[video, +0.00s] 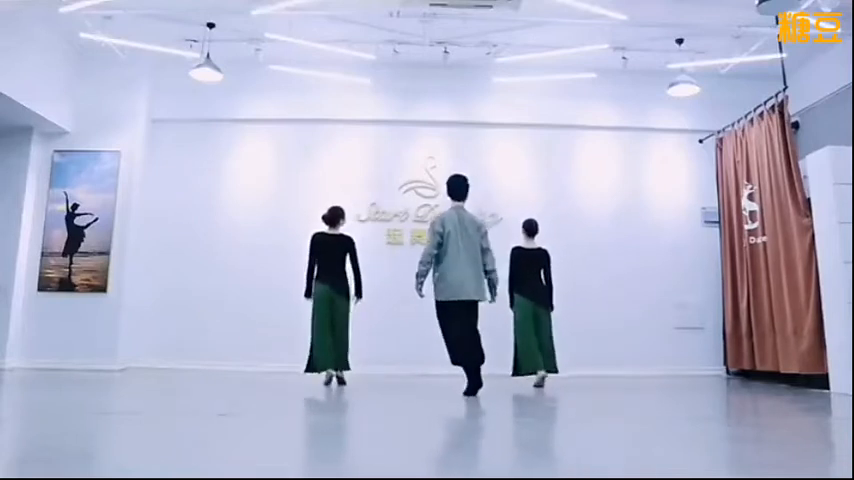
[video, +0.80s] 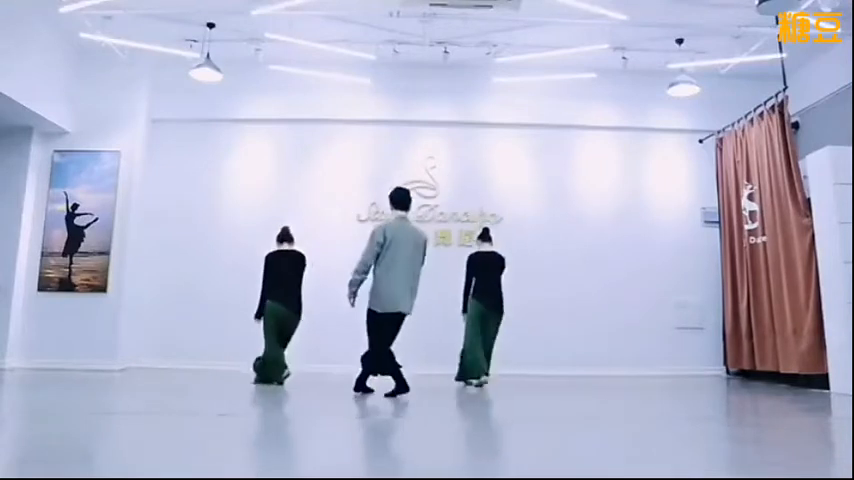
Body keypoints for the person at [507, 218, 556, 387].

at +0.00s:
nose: (524, 233)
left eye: (524, 230)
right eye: (530, 230)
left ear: (523, 232)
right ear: (537, 232)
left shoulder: (516, 252)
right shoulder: (543, 253)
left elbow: (512, 278)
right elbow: (548, 280)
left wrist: (511, 299)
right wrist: (550, 300)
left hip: (522, 296)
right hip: (540, 297)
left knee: (527, 333)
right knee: (541, 332)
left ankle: (538, 368)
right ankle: (543, 370)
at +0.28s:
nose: (512, 239)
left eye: (512, 236)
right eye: (515, 236)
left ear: (514, 238)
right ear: (527, 239)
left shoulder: (508, 259)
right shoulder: (534, 258)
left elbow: (505, 285)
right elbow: (547, 277)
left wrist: (504, 306)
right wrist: (559, 293)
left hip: (518, 303)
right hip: (535, 303)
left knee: (513, 337)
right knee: (538, 339)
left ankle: (513, 369)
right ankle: (538, 377)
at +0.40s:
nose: (503, 232)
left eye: (503, 230)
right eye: (504, 229)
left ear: (506, 230)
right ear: (518, 230)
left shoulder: (500, 249)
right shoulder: (525, 248)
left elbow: (494, 274)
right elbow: (542, 256)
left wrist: (492, 295)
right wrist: (553, 263)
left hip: (506, 296)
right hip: (524, 297)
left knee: (499, 332)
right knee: (531, 334)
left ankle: (489, 367)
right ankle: (537, 371)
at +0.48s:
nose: (499, 229)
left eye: (499, 227)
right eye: (500, 227)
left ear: (500, 227)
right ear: (514, 228)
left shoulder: (495, 245)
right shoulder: (521, 244)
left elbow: (489, 270)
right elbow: (538, 250)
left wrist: (486, 292)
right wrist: (547, 254)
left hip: (500, 292)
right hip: (518, 293)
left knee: (494, 329)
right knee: (525, 330)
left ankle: (484, 367)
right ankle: (534, 370)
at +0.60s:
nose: (489, 232)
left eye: (489, 230)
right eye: (493, 230)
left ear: (489, 230)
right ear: (503, 229)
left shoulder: (484, 246)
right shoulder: (509, 246)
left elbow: (477, 272)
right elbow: (518, 255)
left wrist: (474, 294)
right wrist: (522, 248)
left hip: (489, 290)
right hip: (506, 290)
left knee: (486, 329)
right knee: (506, 328)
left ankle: (484, 369)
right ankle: (507, 369)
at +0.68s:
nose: (487, 236)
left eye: (486, 233)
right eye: (491, 233)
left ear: (485, 233)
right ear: (498, 232)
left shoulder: (480, 249)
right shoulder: (506, 250)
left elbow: (474, 275)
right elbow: (506, 267)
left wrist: (470, 298)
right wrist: (510, 251)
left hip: (485, 292)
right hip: (503, 293)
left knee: (485, 331)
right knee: (497, 330)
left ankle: (486, 370)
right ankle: (490, 370)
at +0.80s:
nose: (480, 244)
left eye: (479, 242)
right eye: (483, 242)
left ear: (478, 241)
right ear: (492, 241)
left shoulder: (473, 257)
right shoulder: (500, 258)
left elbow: (468, 283)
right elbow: (498, 278)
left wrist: (464, 306)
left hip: (477, 300)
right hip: (496, 301)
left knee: (474, 336)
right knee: (489, 337)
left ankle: (478, 372)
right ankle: (484, 371)